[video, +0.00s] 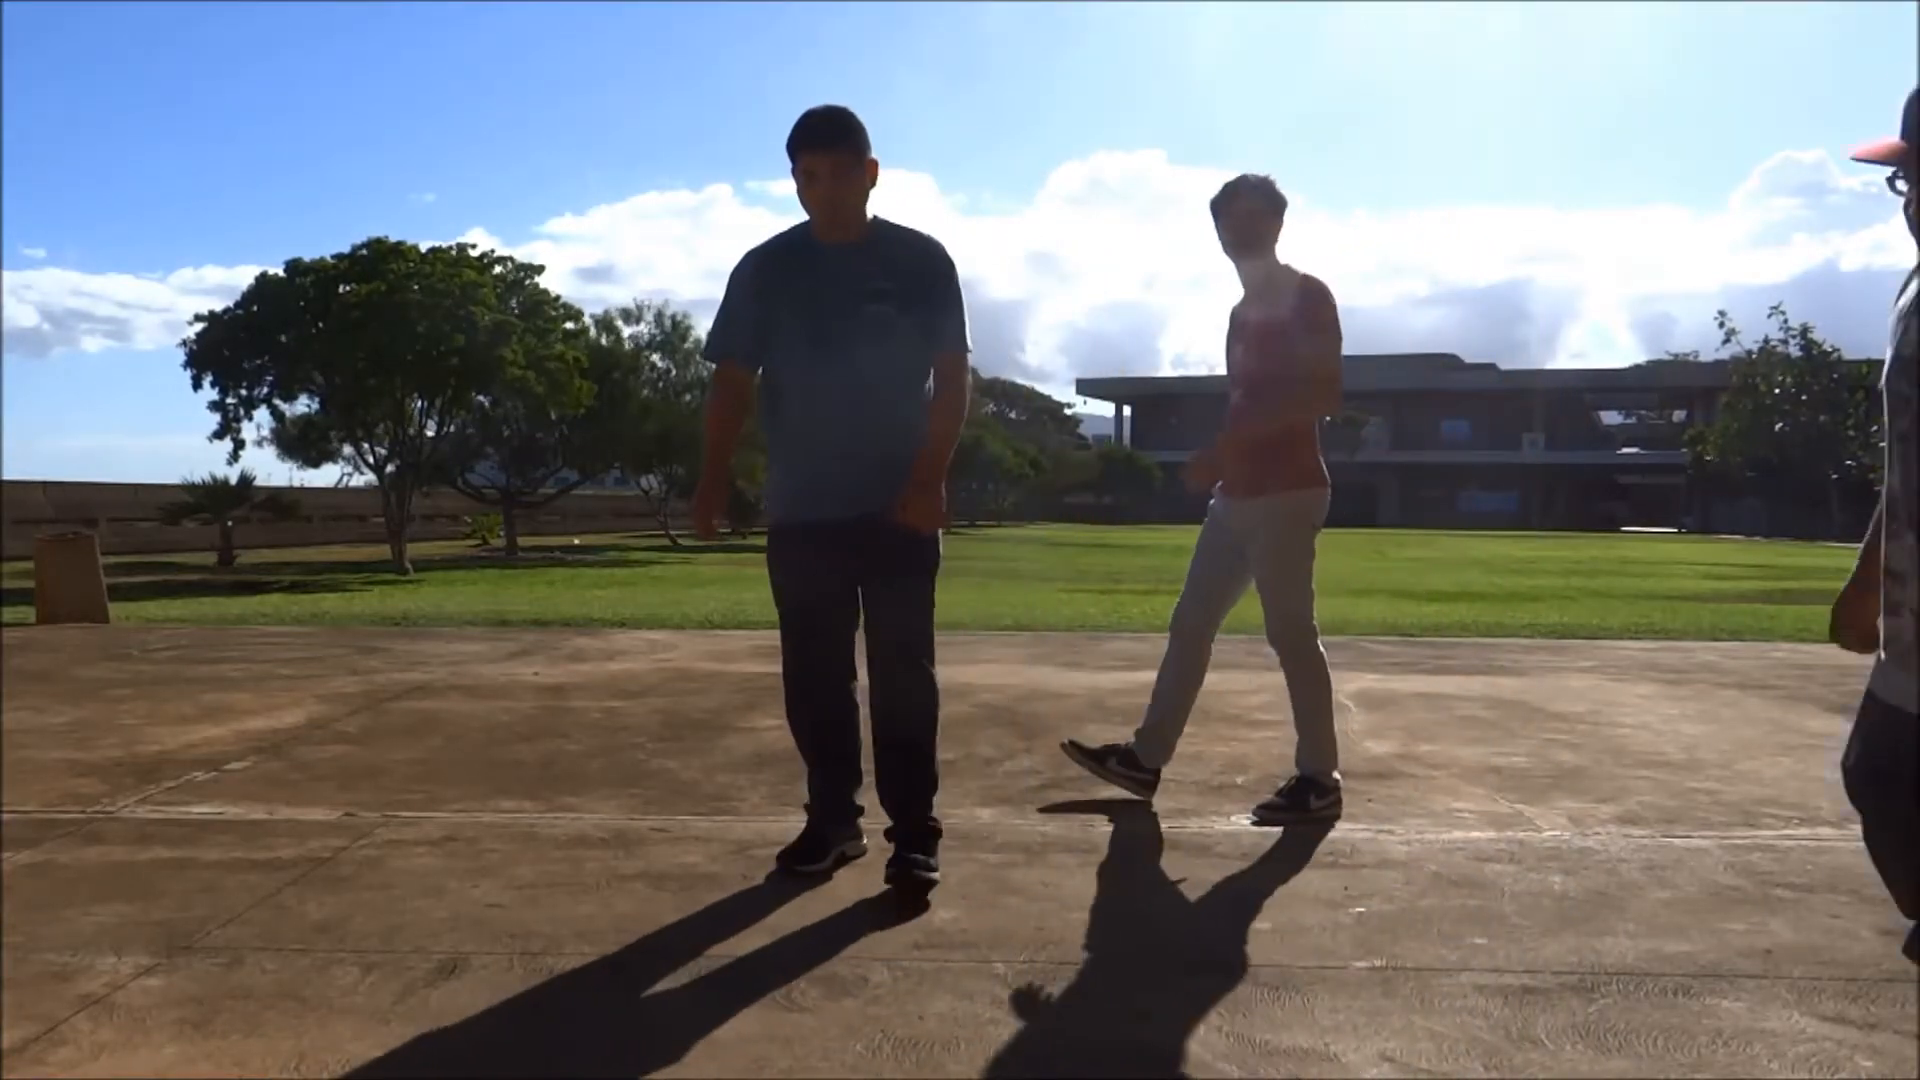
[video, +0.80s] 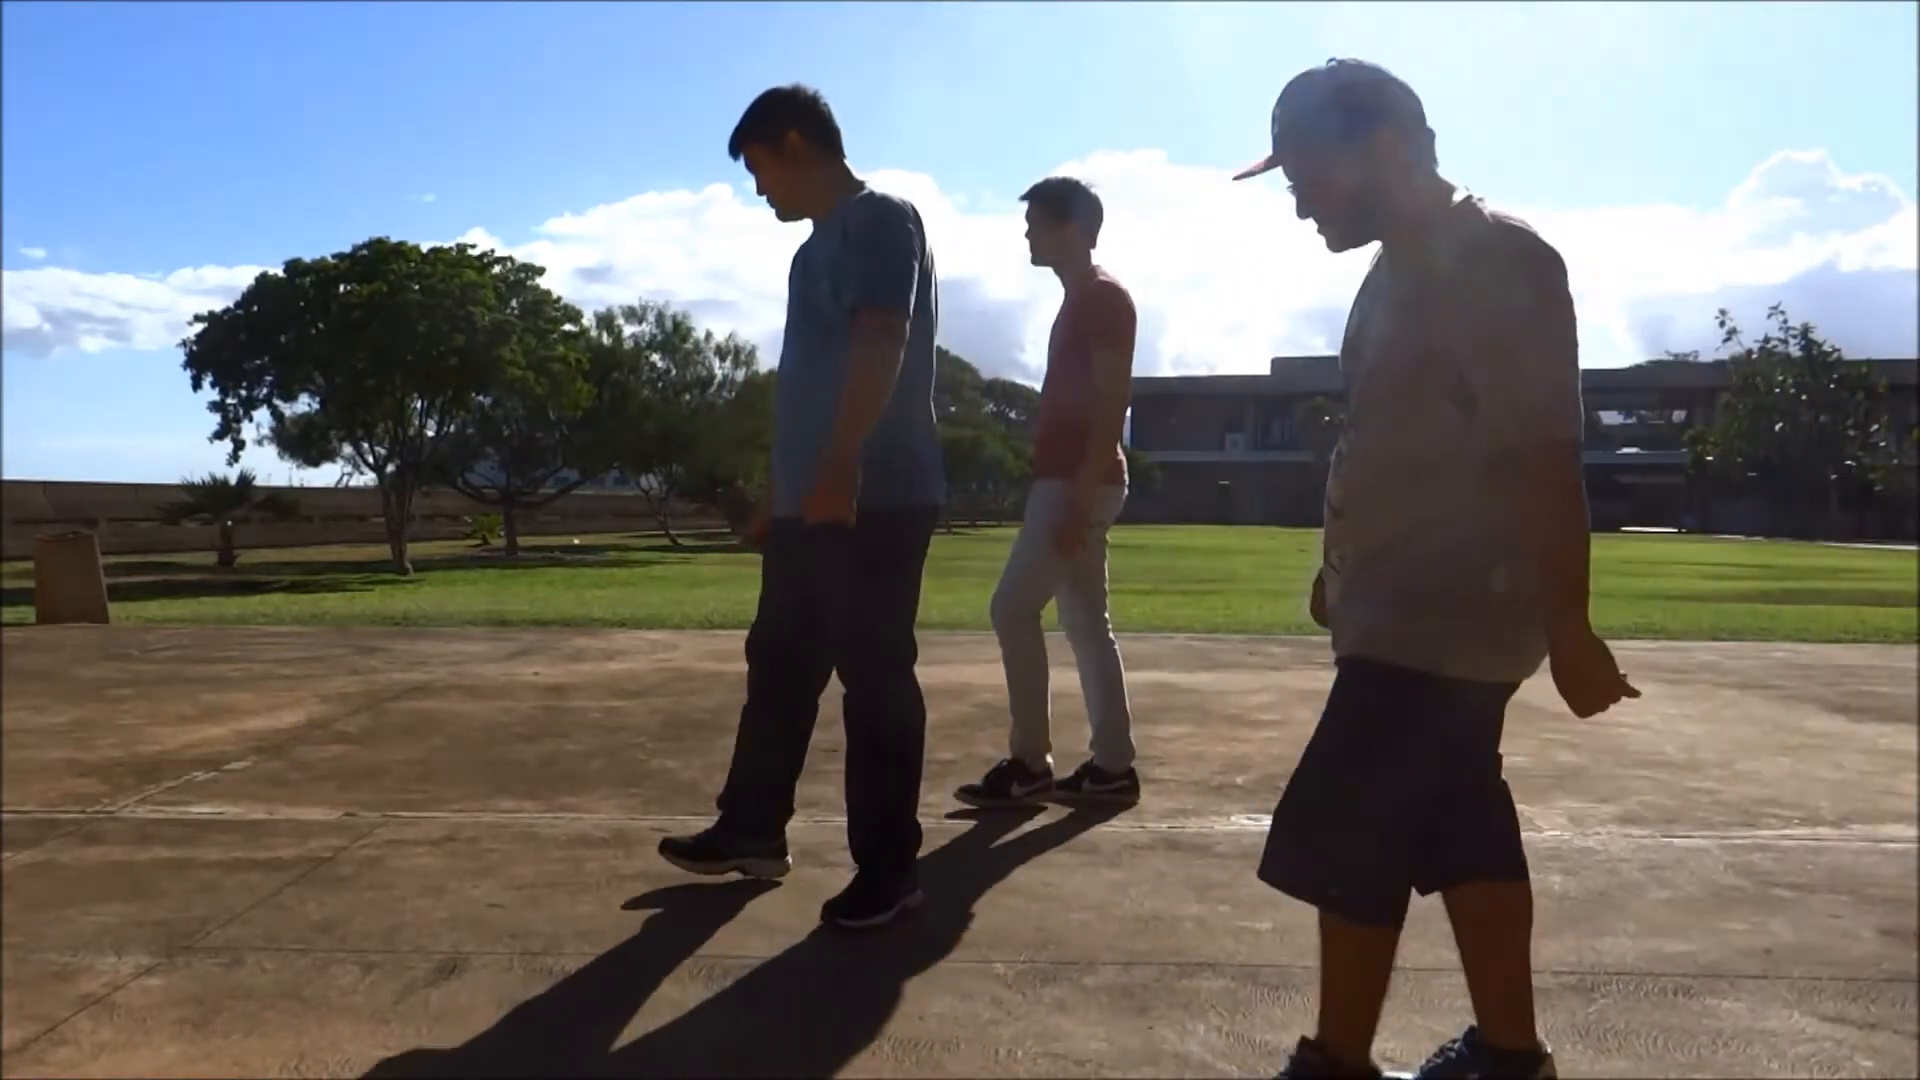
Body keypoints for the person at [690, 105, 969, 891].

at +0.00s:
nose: (817, 187)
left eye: (831, 171)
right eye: (804, 174)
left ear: (869, 170)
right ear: (793, 178)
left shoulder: (921, 261)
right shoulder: (762, 270)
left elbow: (952, 377)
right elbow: (729, 383)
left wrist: (929, 478)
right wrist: (714, 480)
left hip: (900, 503)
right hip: (802, 510)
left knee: (904, 676)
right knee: (814, 676)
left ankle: (913, 837)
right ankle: (831, 820)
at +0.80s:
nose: (760, 191)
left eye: (759, 170)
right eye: (753, 175)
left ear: (798, 147)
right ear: (797, 152)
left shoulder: (881, 219)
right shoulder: (812, 252)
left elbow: (880, 348)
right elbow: (809, 386)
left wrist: (840, 462)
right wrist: (778, 493)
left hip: (876, 499)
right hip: (814, 502)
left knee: (878, 676)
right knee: (780, 662)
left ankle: (887, 871)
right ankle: (750, 829)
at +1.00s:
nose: (741, 202)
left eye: (736, 180)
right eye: (732, 186)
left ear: (768, 151)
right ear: (783, 149)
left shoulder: (835, 213)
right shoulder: (849, 228)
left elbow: (807, 346)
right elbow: (853, 371)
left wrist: (734, 458)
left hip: (848, 502)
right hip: (813, 504)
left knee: (864, 682)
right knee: (770, 665)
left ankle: (885, 871)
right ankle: (729, 832)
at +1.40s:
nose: (666, 208)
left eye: (663, 189)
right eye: (659, 194)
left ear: (695, 164)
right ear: (717, 163)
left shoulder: (749, 223)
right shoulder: (777, 230)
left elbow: (729, 356)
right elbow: (800, 372)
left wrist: (667, 470)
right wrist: (714, 476)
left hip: (761, 496)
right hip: (759, 494)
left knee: (779, 669)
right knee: (726, 665)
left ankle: (867, 853)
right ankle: (727, 841)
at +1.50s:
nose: (651, 213)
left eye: (648, 193)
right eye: (644, 198)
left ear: (679, 166)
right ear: (697, 164)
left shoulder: (731, 227)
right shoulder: (764, 232)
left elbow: (710, 362)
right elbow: (786, 372)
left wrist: (652, 472)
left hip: (738, 491)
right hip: (765, 486)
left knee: (726, 657)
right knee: (734, 656)